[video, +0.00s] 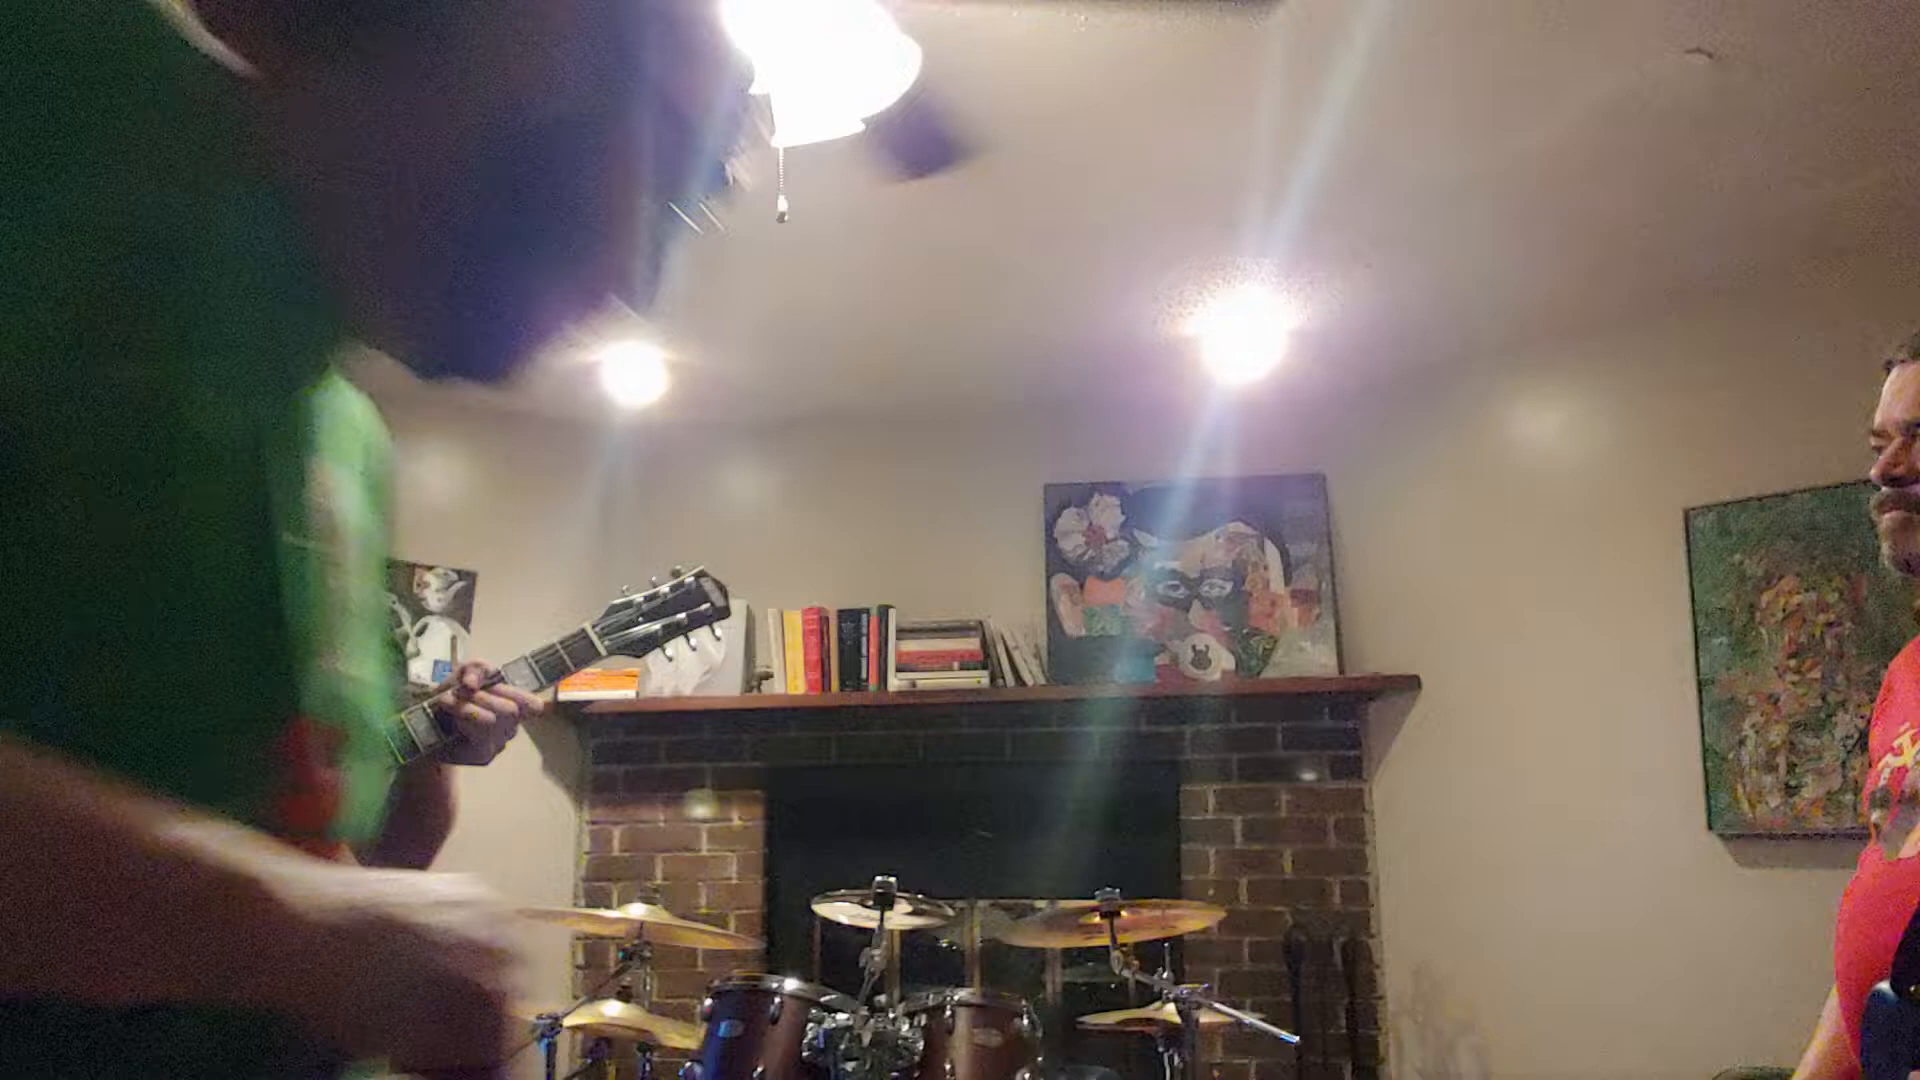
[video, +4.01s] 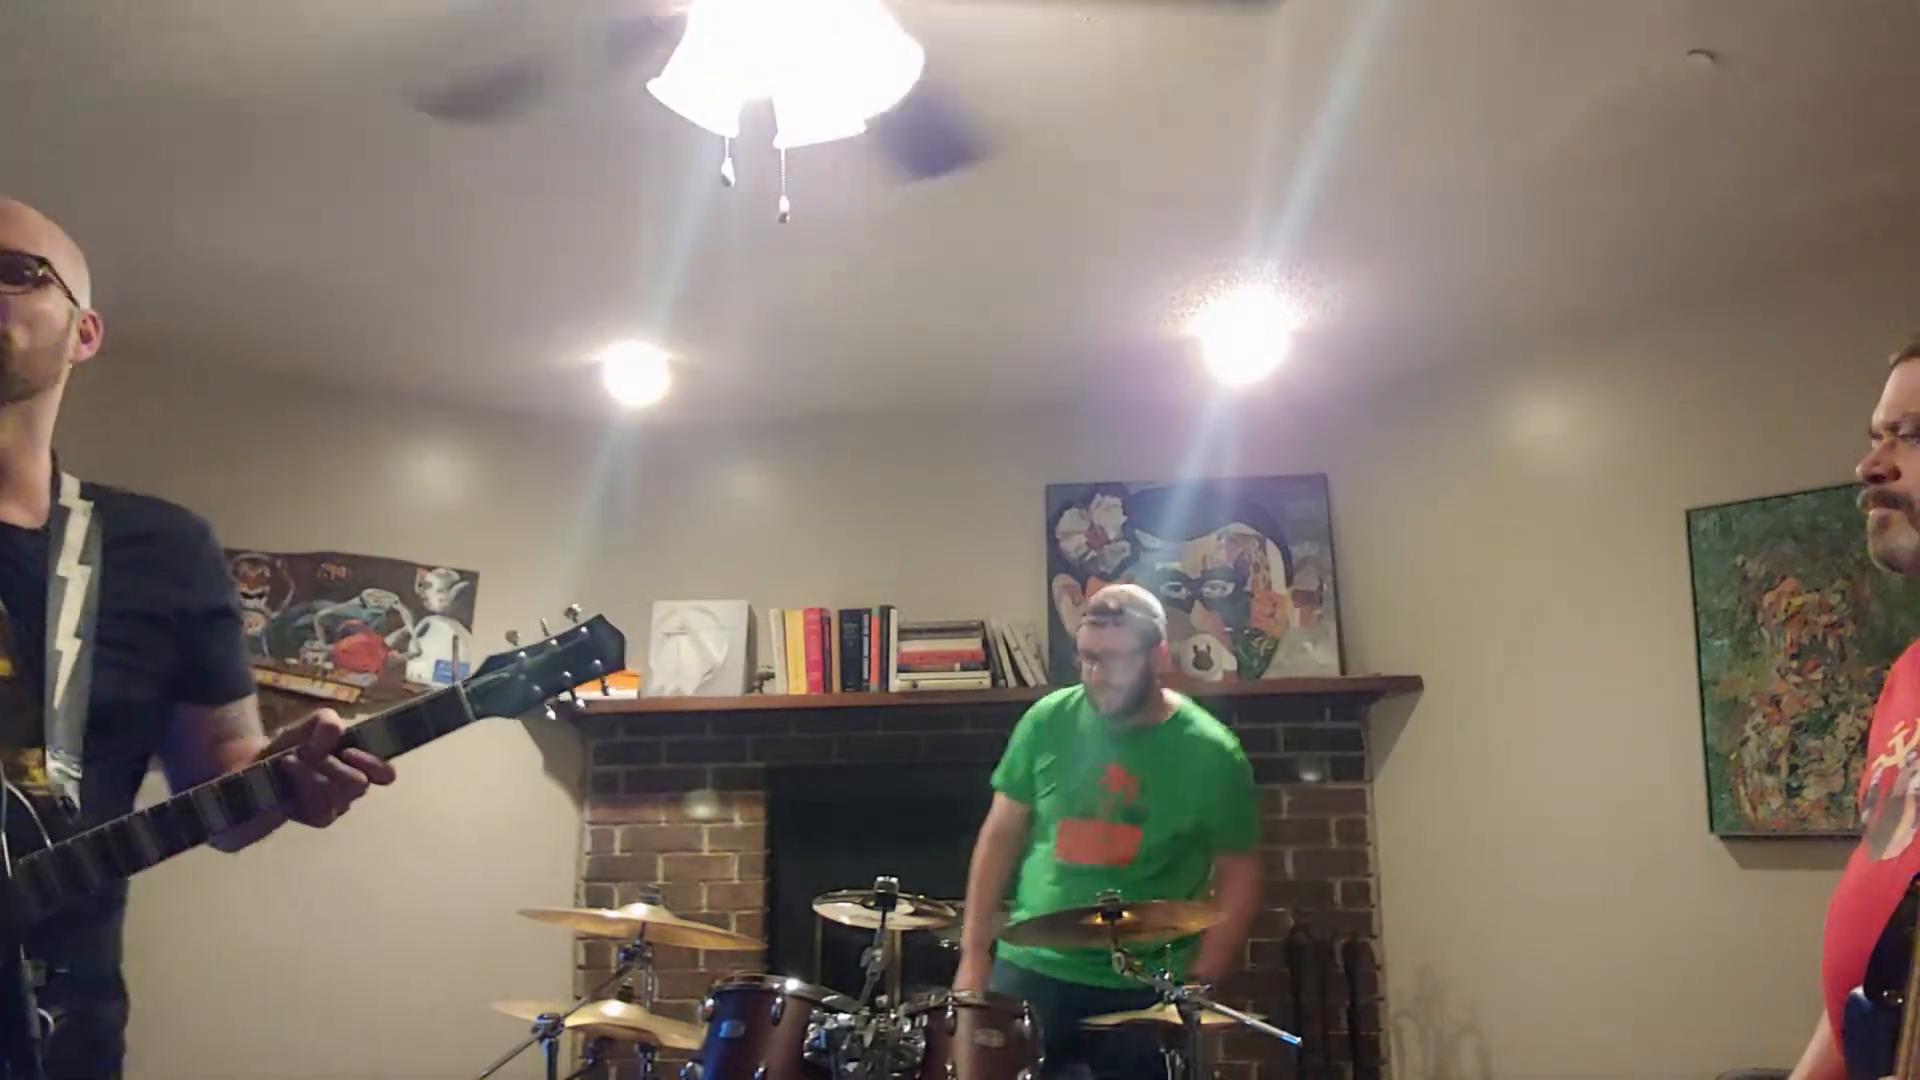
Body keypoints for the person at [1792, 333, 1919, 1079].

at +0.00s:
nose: (1887, 468)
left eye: (1914, 437)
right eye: (1880, 442)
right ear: (1871, 452)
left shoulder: (1907, 671)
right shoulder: (1904, 674)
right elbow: (1882, 900)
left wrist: (1829, 1057)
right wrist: (1818, 1063)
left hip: (1903, 1046)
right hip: (1870, 1041)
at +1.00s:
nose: (1843, 514)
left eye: (1870, 474)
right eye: (1846, 483)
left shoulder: (1911, 676)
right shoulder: (1907, 679)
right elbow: (1887, 896)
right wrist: (1821, 1063)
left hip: (1906, 1050)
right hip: (1874, 1048)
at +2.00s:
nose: (1889, 463)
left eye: (1913, 433)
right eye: (1892, 437)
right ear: (1887, 452)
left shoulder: (1909, 679)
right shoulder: (1909, 679)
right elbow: (1878, 903)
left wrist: (1808, 1059)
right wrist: (1804, 1064)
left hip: (1899, 1053)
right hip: (1863, 1049)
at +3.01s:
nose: (1898, 447)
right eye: (1901, 424)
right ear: (1894, 443)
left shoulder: (1910, 672)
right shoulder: (1909, 674)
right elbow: (1880, 898)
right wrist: (1806, 1066)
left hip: (1902, 1052)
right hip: (1862, 1046)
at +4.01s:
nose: (1869, 463)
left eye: (1903, 434)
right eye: (1875, 438)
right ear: (1873, 450)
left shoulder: (1907, 674)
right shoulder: (1905, 676)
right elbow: (1881, 898)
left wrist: (1824, 1059)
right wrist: (1815, 1064)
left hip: (1903, 1050)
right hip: (1863, 1045)